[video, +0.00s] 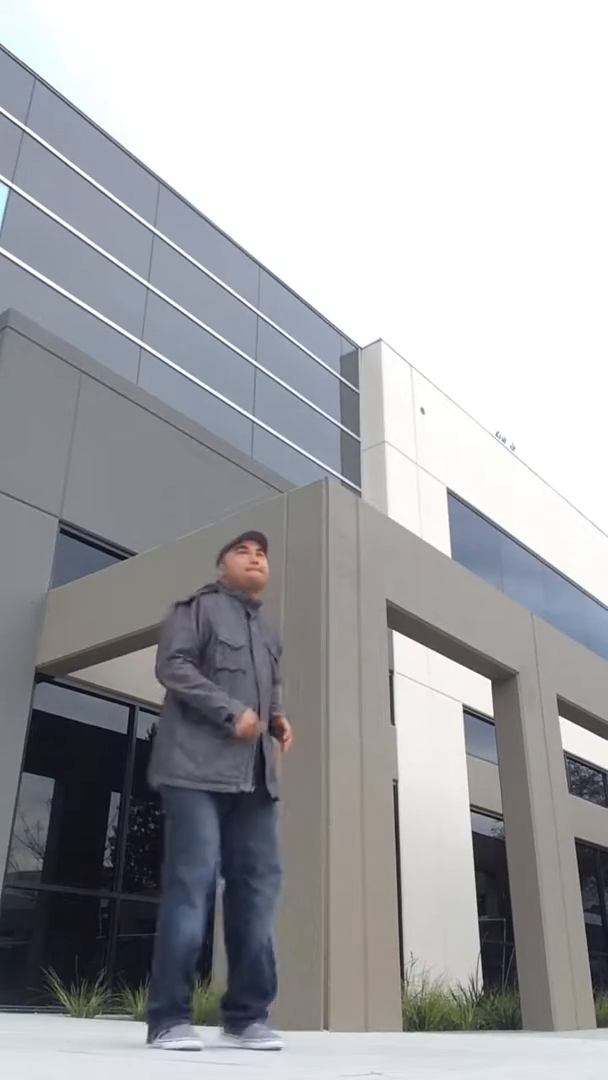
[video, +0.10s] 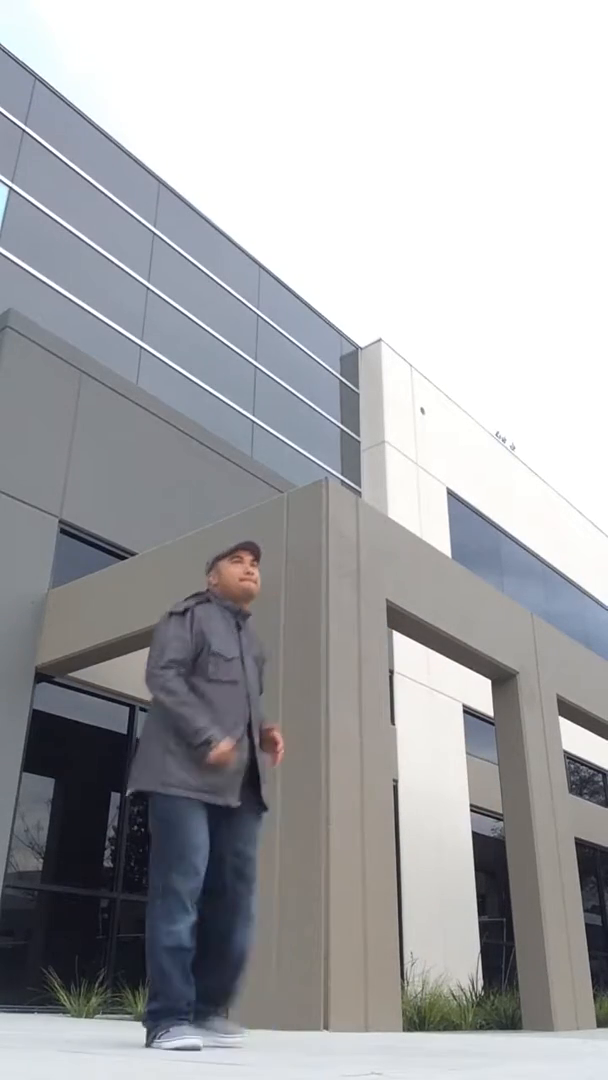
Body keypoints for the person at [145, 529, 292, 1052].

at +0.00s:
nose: (255, 559)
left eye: (262, 555)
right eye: (243, 552)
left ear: (268, 573)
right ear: (220, 566)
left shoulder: (269, 629)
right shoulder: (194, 610)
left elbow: (267, 693)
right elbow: (172, 667)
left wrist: (275, 717)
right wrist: (230, 711)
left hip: (251, 775)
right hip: (192, 768)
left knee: (258, 884)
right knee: (192, 880)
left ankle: (246, 1016)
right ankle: (170, 1019)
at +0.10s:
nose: (250, 569)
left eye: (256, 564)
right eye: (238, 561)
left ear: (259, 582)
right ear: (212, 575)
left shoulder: (252, 641)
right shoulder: (187, 618)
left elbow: (244, 708)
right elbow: (163, 680)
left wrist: (262, 732)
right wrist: (209, 737)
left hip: (238, 780)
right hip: (181, 773)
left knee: (232, 894)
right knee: (179, 891)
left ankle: (207, 1012)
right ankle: (167, 1020)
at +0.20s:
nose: (240, 580)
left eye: (246, 577)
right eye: (229, 573)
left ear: (248, 595)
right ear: (202, 587)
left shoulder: (238, 649)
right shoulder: (173, 629)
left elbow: (230, 717)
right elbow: (143, 700)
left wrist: (250, 736)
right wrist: (163, 758)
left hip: (225, 789)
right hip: (175, 781)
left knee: (220, 899)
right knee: (182, 897)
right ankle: (169, 1022)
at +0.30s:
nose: (230, 582)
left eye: (236, 578)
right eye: (219, 574)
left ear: (239, 597)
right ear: (193, 588)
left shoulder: (232, 651)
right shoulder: (159, 627)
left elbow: (227, 717)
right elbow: (113, 686)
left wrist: (244, 722)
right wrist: (106, 748)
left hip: (205, 786)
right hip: (156, 778)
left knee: (171, 894)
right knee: (174, 889)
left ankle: (99, 1002)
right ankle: (168, 1022)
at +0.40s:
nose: (216, 582)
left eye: (224, 579)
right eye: (206, 575)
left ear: (229, 598)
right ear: (184, 588)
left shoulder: (227, 655)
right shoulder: (146, 624)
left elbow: (228, 728)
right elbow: (92, 675)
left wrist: (233, 713)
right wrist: (73, 733)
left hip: (186, 781)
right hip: (134, 768)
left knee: (142, 886)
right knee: (146, 884)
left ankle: (91, 1010)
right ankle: (139, 1016)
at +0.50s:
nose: (202, 589)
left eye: (210, 585)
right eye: (192, 582)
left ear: (218, 603)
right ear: (173, 595)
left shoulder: (222, 664)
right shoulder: (134, 631)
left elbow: (226, 730)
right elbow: (79, 684)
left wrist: (215, 720)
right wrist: (58, 739)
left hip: (173, 789)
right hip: (116, 773)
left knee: (135, 901)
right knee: (106, 886)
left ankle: (98, 1011)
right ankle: (68, 1011)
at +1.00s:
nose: (141, 595)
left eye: (151, 590)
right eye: (134, 591)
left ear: (168, 607)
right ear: (123, 607)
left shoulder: (187, 656)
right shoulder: (95, 655)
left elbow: (206, 717)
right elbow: (74, 707)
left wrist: (148, 707)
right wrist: (62, 738)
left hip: (138, 794)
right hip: (82, 787)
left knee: (117, 895)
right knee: (70, 897)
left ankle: (115, 1010)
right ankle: (61, 1011)